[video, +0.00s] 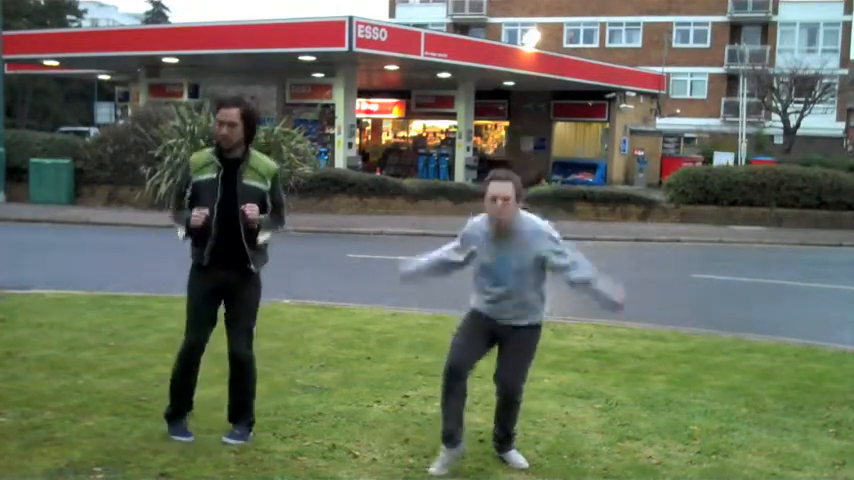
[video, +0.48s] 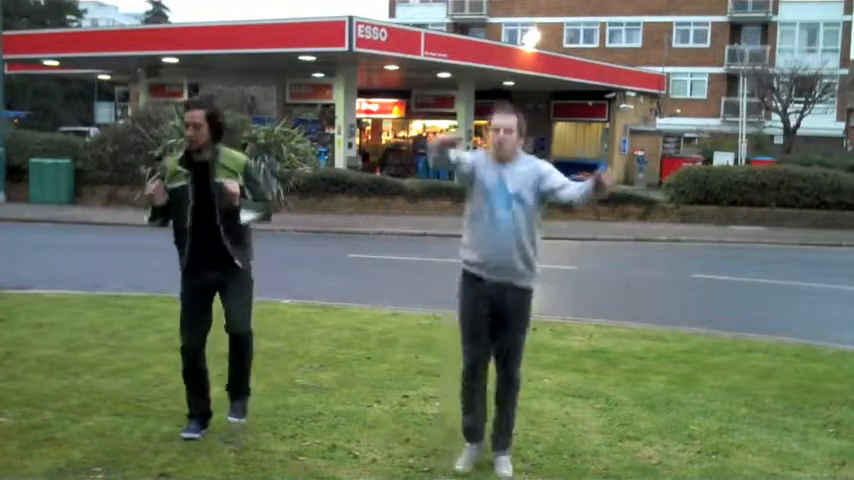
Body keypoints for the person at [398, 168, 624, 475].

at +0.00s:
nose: (499, 206)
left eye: (506, 200)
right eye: (493, 200)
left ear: (519, 202)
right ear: (485, 201)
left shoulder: (538, 233)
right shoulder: (477, 229)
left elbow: (572, 266)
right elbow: (452, 256)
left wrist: (605, 292)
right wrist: (415, 267)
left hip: (524, 322)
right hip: (484, 315)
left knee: (510, 385)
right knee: (454, 368)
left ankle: (504, 447)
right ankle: (451, 446)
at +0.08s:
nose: (508, 187)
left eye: (515, 183)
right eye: (503, 181)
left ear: (525, 191)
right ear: (492, 188)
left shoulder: (542, 228)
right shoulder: (477, 224)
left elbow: (568, 271)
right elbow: (447, 258)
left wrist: (604, 303)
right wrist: (409, 270)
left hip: (524, 326)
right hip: (481, 321)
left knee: (514, 392)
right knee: (457, 378)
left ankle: (505, 447)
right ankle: (456, 450)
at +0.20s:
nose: (511, 151)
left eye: (518, 147)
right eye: (506, 145)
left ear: (529, 156)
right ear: (496, 152)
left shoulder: (544, 193)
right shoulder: (480, 190)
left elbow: (578, 221)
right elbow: (447, 214)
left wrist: (609, 220)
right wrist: (416, 190)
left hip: (523, 300)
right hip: (481, 291)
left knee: (519, 375)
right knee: (447, 339)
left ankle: (508, 443)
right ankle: (449, 413)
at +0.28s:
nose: (511, 137)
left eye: (518, 132)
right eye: (505, 130)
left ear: (529, 141)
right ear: (495, 137)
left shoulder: (542, 177)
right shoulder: (477, 173)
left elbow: (580, 199)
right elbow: (442, 191)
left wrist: (601, 183)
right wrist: (421, 164)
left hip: (521, 284)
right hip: (481, 274)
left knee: (517, 368)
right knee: (450, 317)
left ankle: (512, 441)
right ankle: (457, 391)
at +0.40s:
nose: (504, 127)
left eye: (512, 123)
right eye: (500, 122)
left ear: (524, 130)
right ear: (490, 127)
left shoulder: (538, 165)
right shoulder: (476, 157)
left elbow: (567, 181)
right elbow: (444, 151)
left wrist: (594, 185)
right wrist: (413, 146)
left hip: (519, 277)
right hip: (477, 271)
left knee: (510, 359)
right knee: (466, 347)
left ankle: (505, 435)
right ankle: (469, 418)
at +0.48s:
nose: (501, 136)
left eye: (508, 131)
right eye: (496, 130)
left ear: (521, 136)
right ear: (487, 134)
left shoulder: (537, 170)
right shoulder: (477, 161)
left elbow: (568, 192)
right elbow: (452, 162)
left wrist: (593, 186)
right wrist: (441, 151)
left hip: (516, 282)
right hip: (476, 277)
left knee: (509, 369)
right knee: (473, 364)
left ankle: (502, 450)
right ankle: (472, 442)